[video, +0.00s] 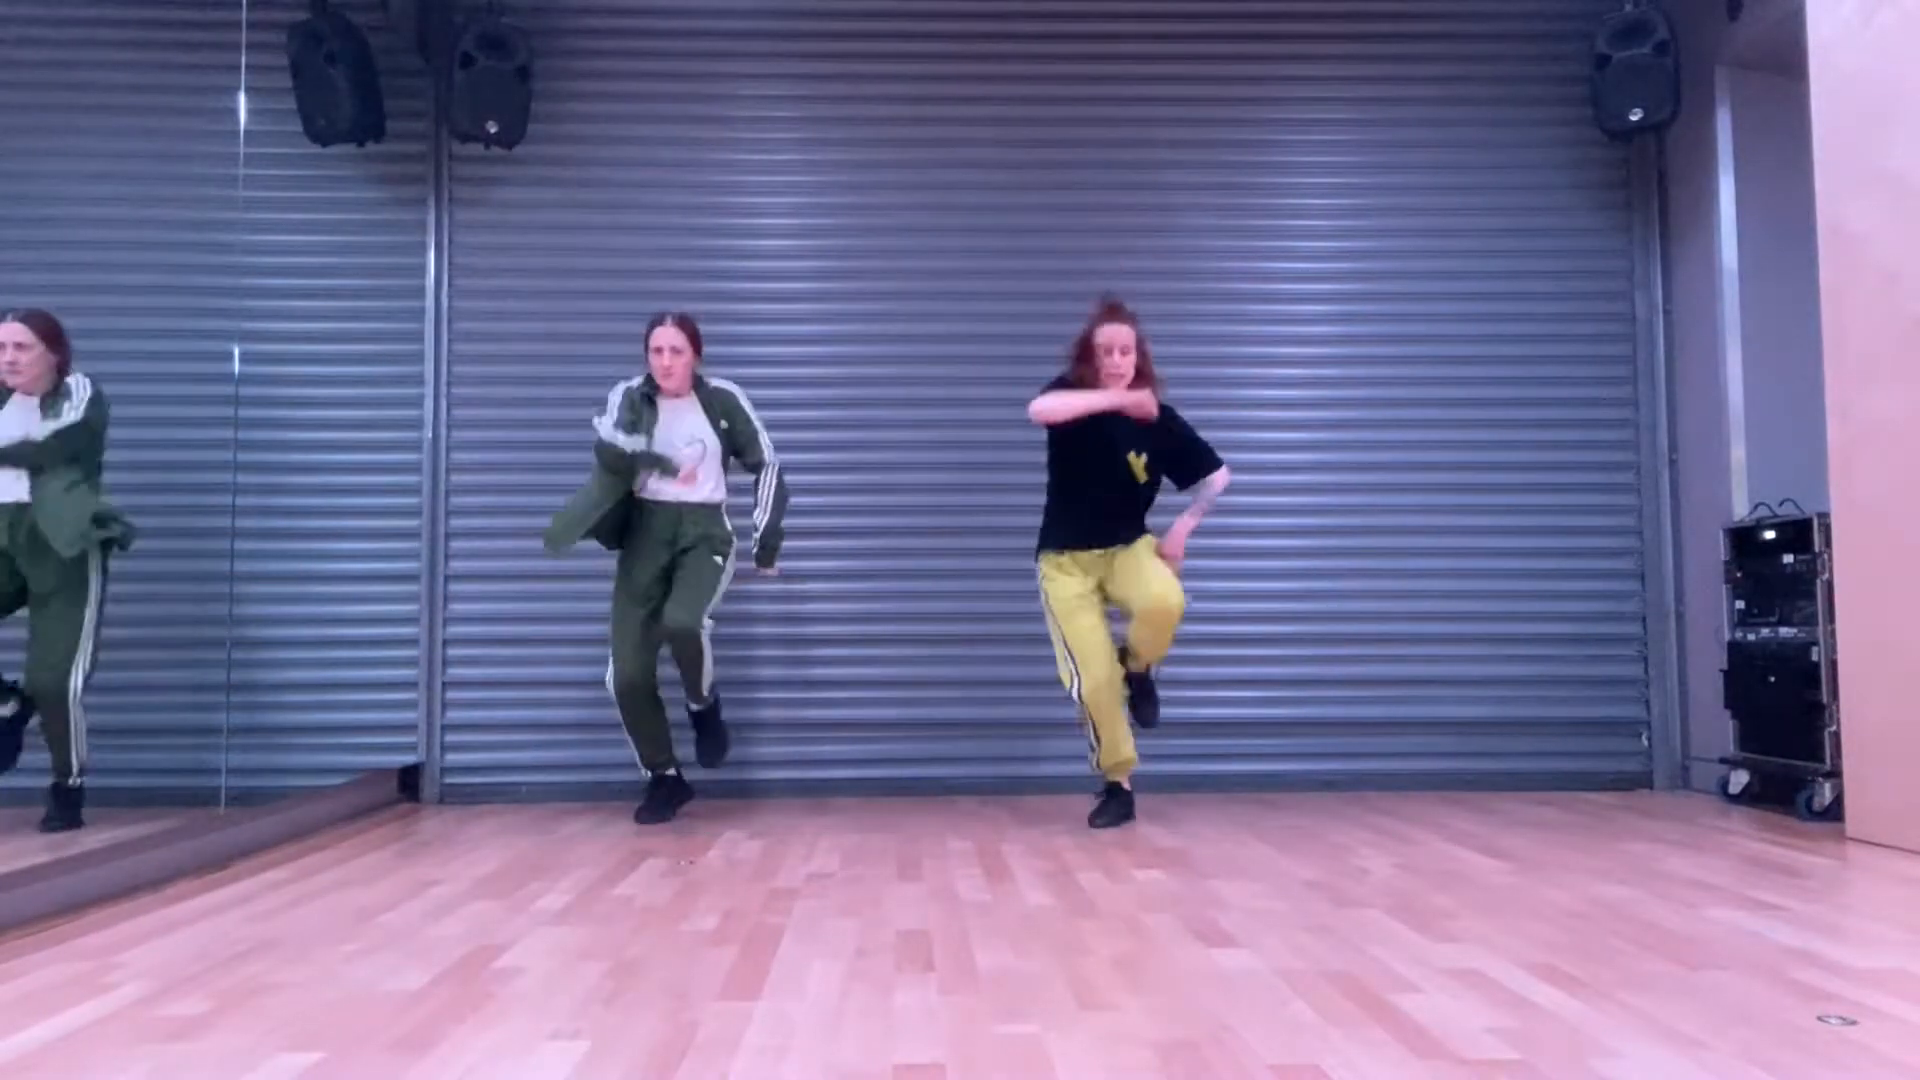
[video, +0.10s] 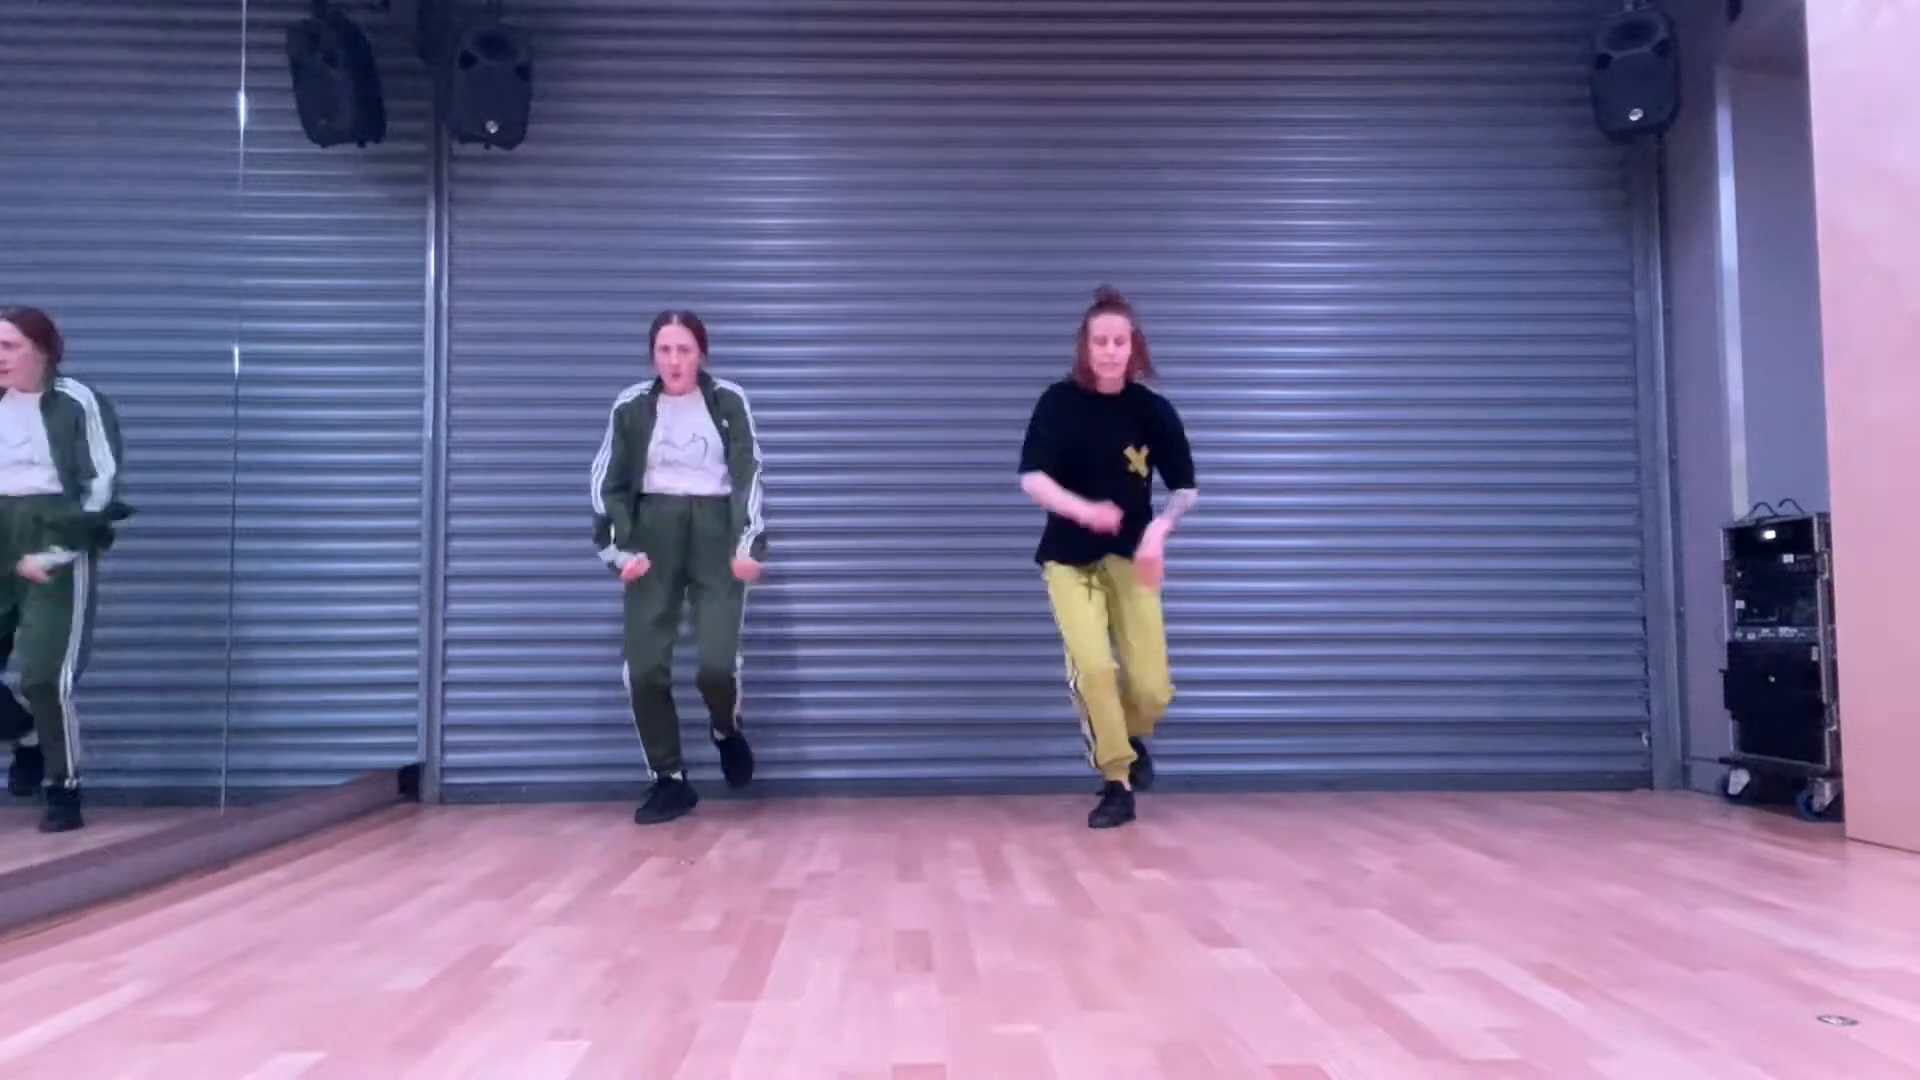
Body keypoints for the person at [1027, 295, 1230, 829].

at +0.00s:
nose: (1115, 360)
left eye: (1125, 351)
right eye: (1105, 350)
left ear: (1139, 357)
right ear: (1089, 356)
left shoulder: (1155, 416)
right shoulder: (1071, 398)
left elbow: (1216, 476)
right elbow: (1040, 411)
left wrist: (1180, 531)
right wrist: (1119, 399)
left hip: (1128, 550)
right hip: (1065, 559)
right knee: (1095, 676)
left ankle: (1137, 669)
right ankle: (1117, 785)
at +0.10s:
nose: (1110, 351)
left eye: (1120, 341)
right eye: (1100, 341)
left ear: (1133, 348)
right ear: (1084, 345)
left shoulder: (1154, 411)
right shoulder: (1058, 402)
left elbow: (1185, 489)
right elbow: (1031, 477)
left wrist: (1159, 528)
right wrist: (1082, 508)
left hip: (1133, 557)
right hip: (1069, 559)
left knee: (1153, 690)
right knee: (1093, 668)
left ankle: (1127, 740)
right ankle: (1115, 783)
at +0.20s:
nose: (1102, 353)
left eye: (1112, 343)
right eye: (1092, 344)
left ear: (1127, 349)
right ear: (1077, 350)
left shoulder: (1151, 411)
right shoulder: (1057, 415)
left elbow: (1161, 494)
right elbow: (1039, 496)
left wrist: (1114, 476)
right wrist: (1042, 558)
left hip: (1136, 565)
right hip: (1076, 565)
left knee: (1125, 670)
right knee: (1091, 664)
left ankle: (1120, 768)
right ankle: (1116, 775)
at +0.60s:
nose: (1138, 361)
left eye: (1140, 350)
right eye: (1128, 351)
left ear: (1138, 351)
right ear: (1094, 353)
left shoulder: (1154, 405)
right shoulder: (1055, 423)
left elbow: (1185, 470)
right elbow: (1039, 512)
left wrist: (1180, 533)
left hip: (1138, 567)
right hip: (1070, 576)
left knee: (1155, 661)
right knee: (1087, 708)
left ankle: (1135, 761)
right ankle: (1058, 779)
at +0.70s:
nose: (1146, 358)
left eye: (1148, 347)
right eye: (1135, 347)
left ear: (1147, 349)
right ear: (1099, 349)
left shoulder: (1147, 404)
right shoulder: (1076, 402)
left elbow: (1144, 472)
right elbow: (1081, 448)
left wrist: (1152, 530)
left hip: (1153, 553)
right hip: (1090, 561)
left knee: (1166, 659)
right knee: (1083, 682)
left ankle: (1168, 797)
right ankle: (1056, 770)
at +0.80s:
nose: (1140, 336)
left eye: (1147, 324)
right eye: (1128, 325)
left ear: (1158, 326)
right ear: (1107, 326)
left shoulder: (1169, 402)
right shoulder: (1085, 382)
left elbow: (1161, 488)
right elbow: (1079, 446)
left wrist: (1195, 529)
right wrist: (1134, 395)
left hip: (1171, 554)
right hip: (1101, 559)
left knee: (1177, 669)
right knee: (1105, 690)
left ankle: (1170, 803)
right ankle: (1058, 746)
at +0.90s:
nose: (1127, 303)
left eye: (1138, 292)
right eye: (1117, 292)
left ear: (1159, 297)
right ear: (1104, 299)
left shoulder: (1186, 368)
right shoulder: (1083, 368)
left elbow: (1235, 438)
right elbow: (1062, 445)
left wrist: (1211, 410)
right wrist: (1072, 478)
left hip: (1170, 522)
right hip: (1103, 516)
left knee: (1170, 663)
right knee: (1130, 598)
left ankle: (1169, 799)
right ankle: (1105, 707)